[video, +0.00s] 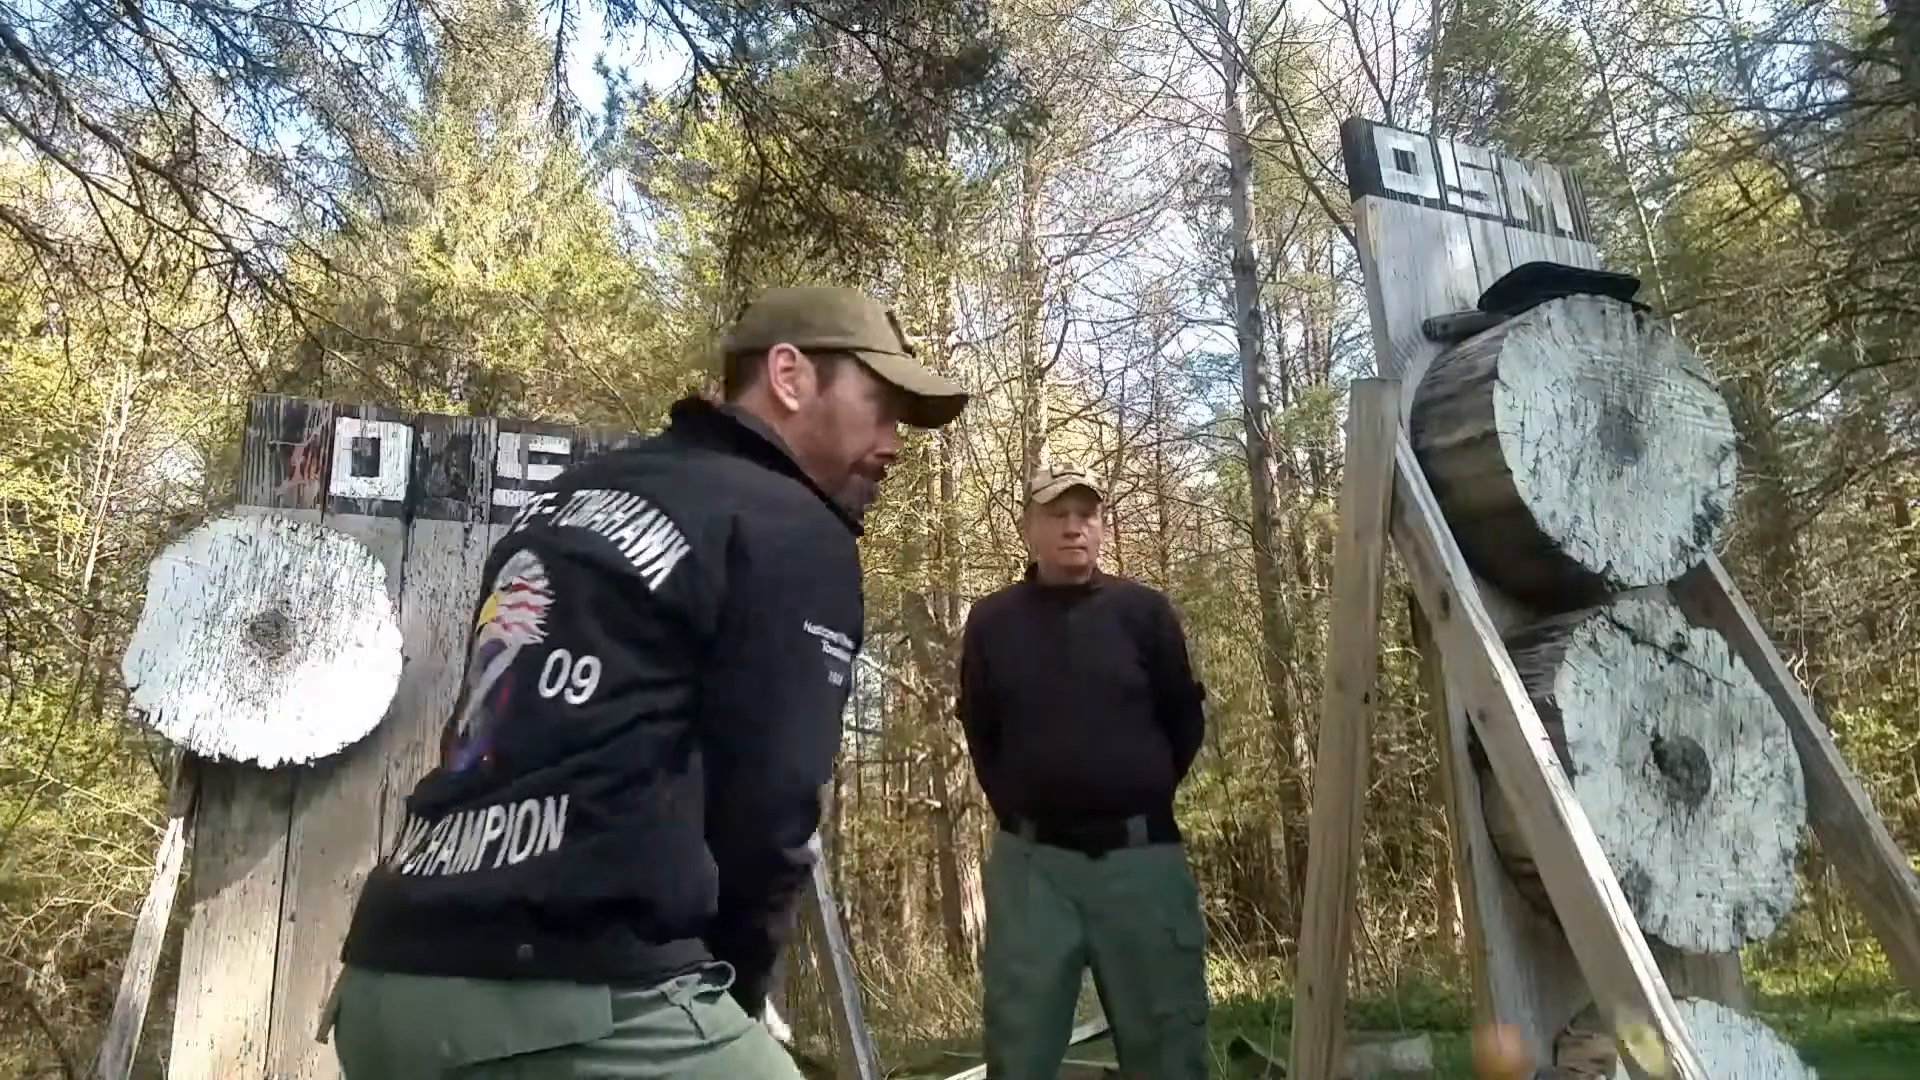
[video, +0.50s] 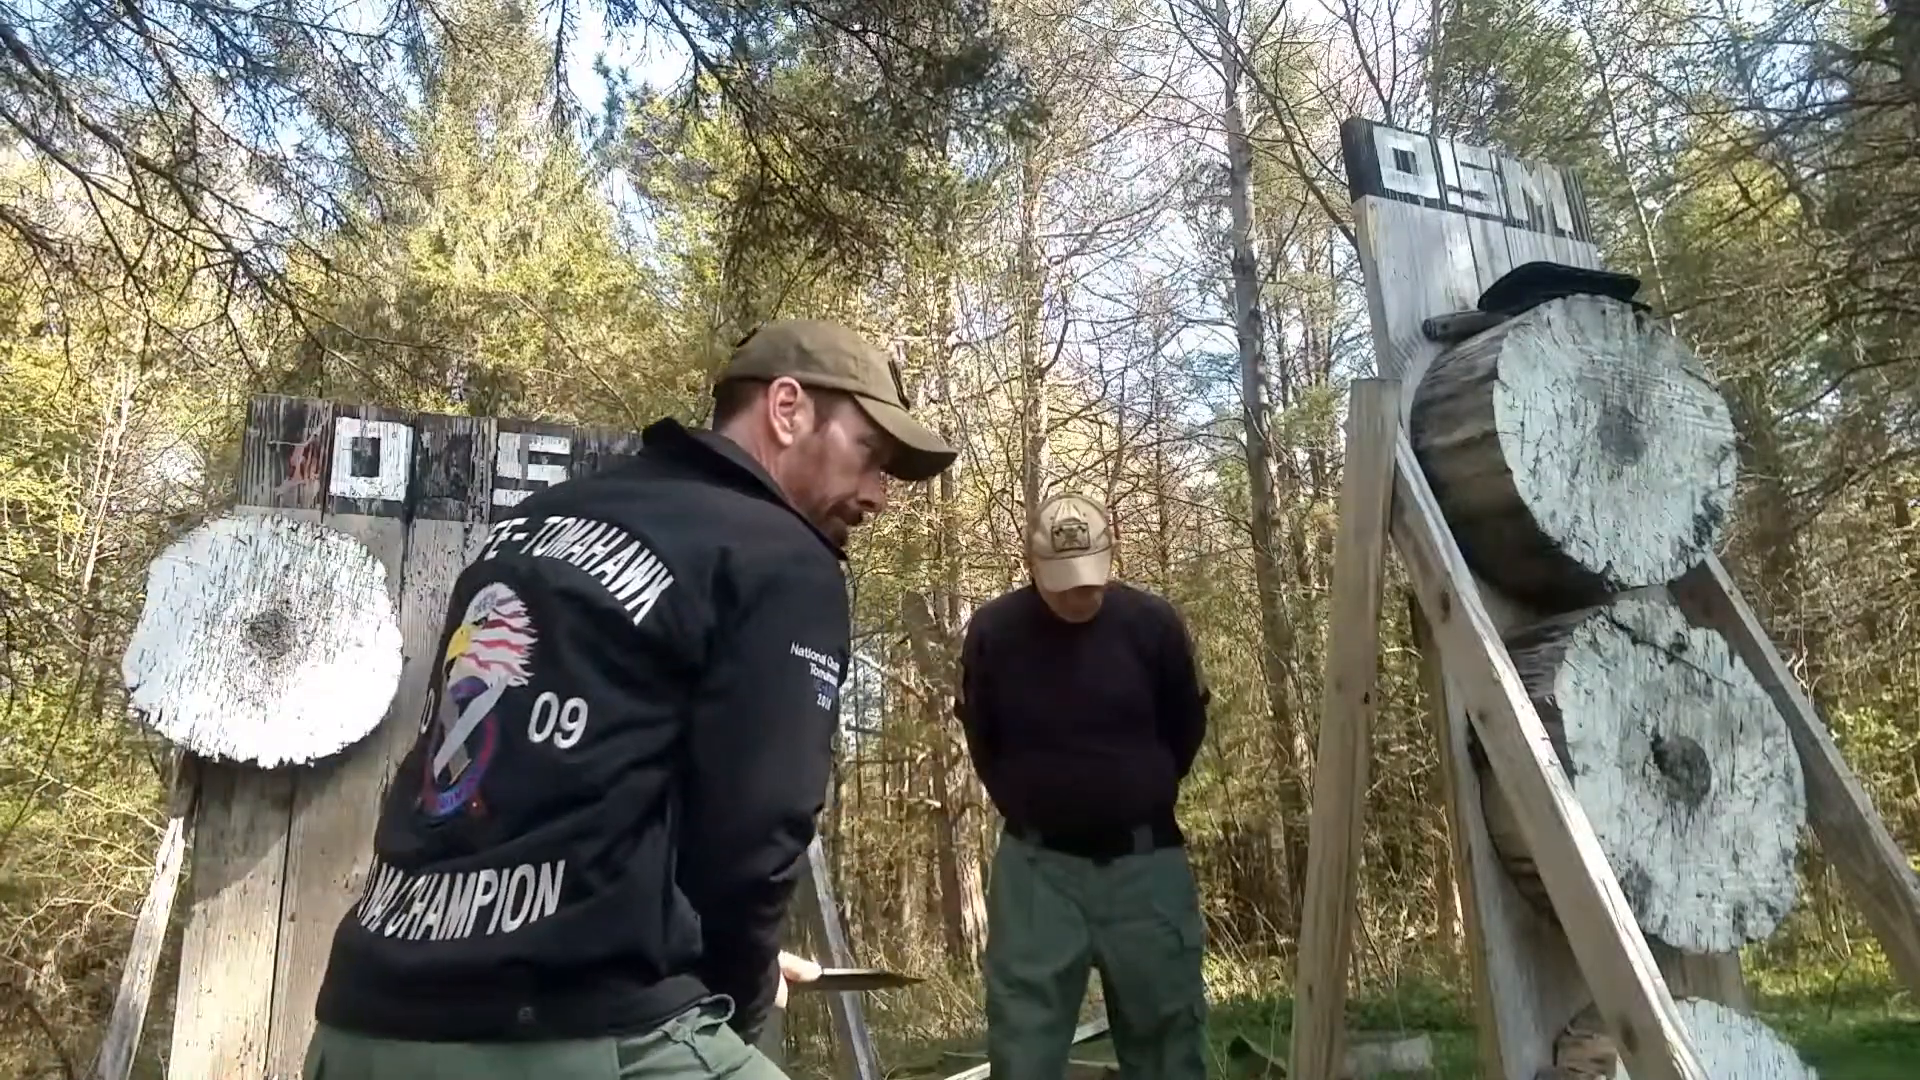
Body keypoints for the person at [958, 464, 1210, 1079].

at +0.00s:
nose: (1074, 527)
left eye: (1086, 515)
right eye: (1057, 515)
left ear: (1103, 530)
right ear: (1028, 532)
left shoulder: (1146, 610)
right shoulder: (991, 618)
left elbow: (1185, 721)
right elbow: (980, 733)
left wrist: (1134, 802)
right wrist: (1028, 814)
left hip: (1142, 866)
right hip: (1028, 867)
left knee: (1168, 1055)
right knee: (1019, 1058)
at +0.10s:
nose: (1073, 541)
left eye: (1085, 527)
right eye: (1057, 528)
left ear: (1103, 535)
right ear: (1028, 536)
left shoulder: (1146, 611)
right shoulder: (989, 620)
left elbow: (1185, 721)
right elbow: (981, 735)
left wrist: (1134, 800)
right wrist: (1030, 812)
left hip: (1142, 867)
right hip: (1028, 867)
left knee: (1167, 1052)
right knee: (1020, 1057)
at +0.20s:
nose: (1076, 558)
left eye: (1088, 541)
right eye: (1059, 543)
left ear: (1105, 538)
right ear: (1027, 544)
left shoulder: (1148, 615)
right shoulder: (990, 625)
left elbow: (1185, 722)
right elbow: (981, 738)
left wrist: (1135, 800)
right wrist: (1031, 813)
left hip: (1143, 868)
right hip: (1031, 870)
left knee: (1167, 1051)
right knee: (1021, 1057)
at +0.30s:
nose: (1074, 580)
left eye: (1086, 564)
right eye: (1059, 566)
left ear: (1104, 552)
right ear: (1031, 557)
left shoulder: (1149, 617)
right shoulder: (990, 627)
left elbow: (1185, 719)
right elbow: (980, 734)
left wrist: (1142, 800)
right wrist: (1028, 813)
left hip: (1144, 870)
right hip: (1032, 871)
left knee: (1166, 1050)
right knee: (1021, 1055)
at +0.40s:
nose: (1076, 593)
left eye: (1087, 578)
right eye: (1060, 581)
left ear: (1106, 558)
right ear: (1033, 565)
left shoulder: (1153, 621)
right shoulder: (991, 630)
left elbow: (1185, 723)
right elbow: (981, 735)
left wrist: (1138, 799)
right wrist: (1030, 811)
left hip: (1145, 872)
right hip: (1032, 872)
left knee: (1167, 1052)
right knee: (1022, 1057)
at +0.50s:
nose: (1077, 598)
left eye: (1089, 583)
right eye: (1062, 586)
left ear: (1108, 560)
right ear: (1035, 567)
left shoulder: (1154, 622)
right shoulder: (993, 629)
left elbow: (1185, 724)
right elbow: (981, 734)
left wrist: (1140, 800)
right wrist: (1031, 810)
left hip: (1147, 873)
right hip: (1033, 873)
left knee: (1167, 1053)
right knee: (1022, 1057)